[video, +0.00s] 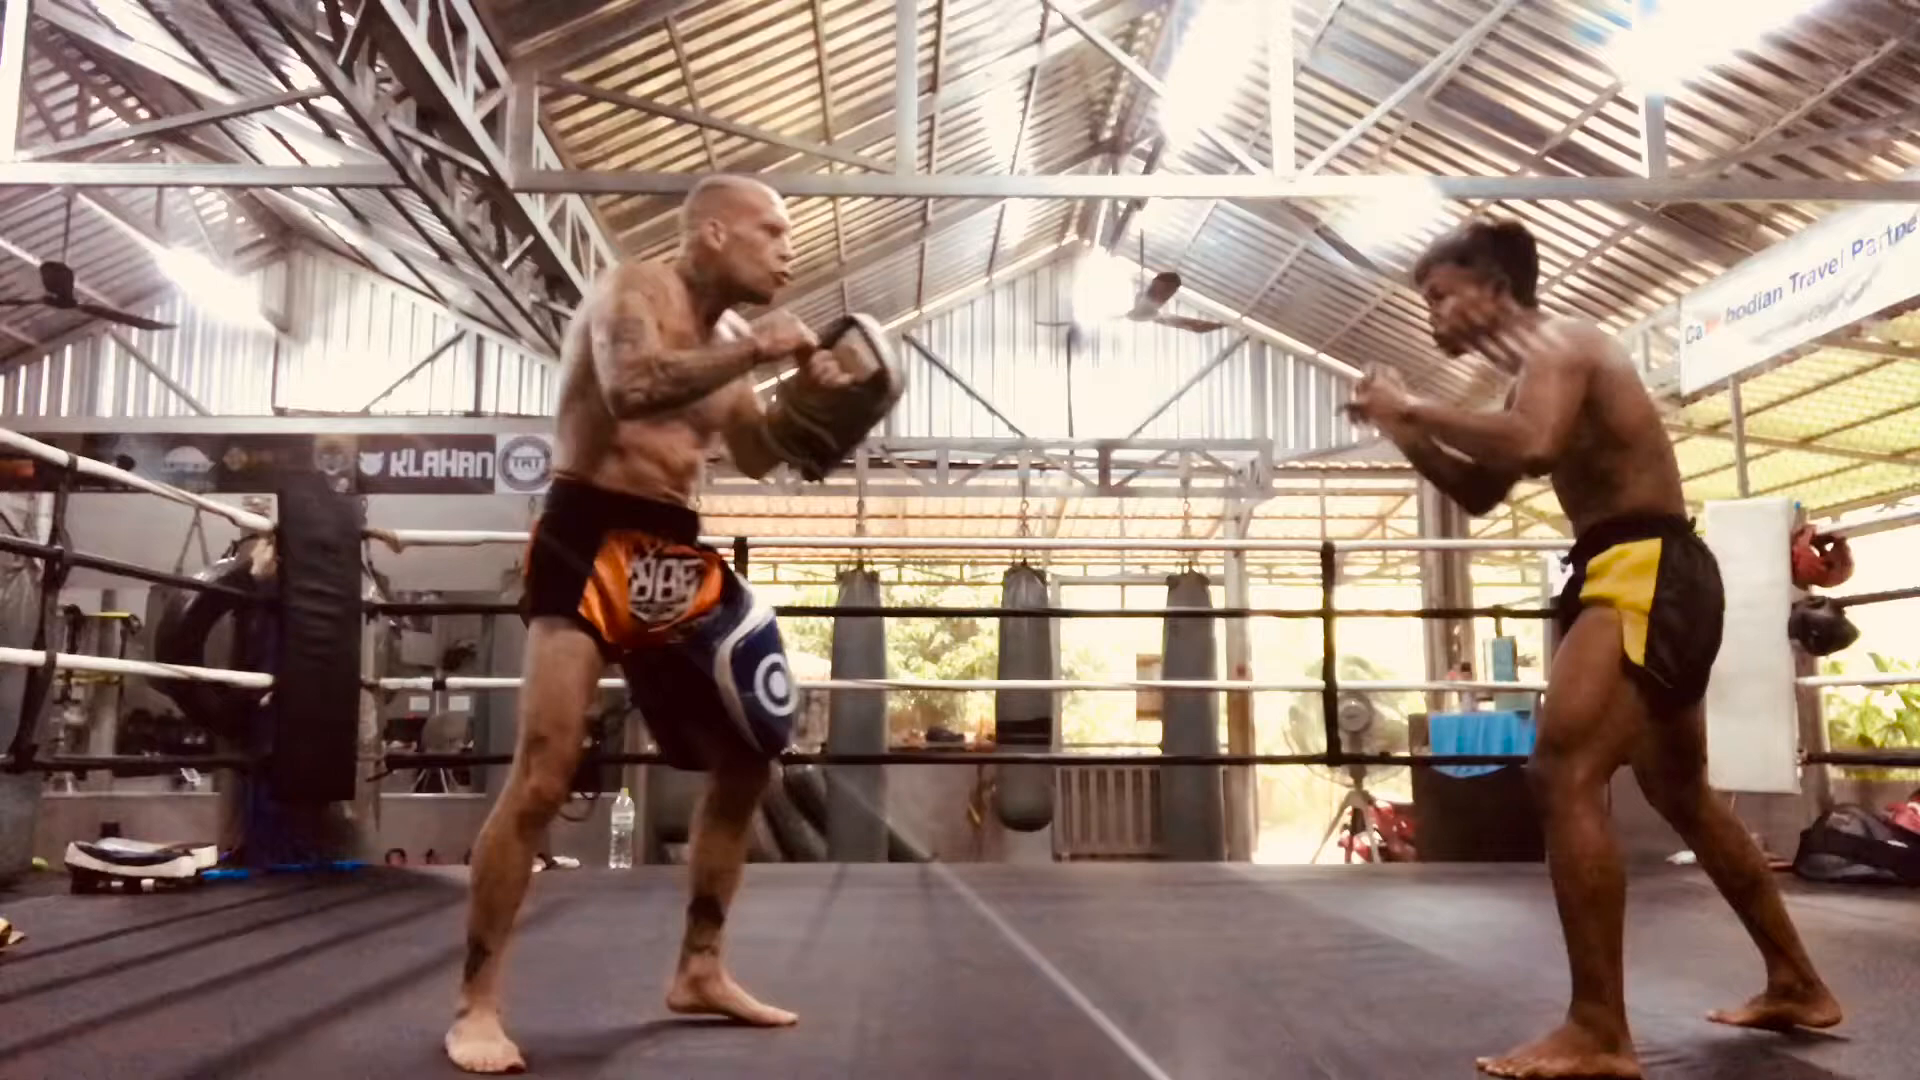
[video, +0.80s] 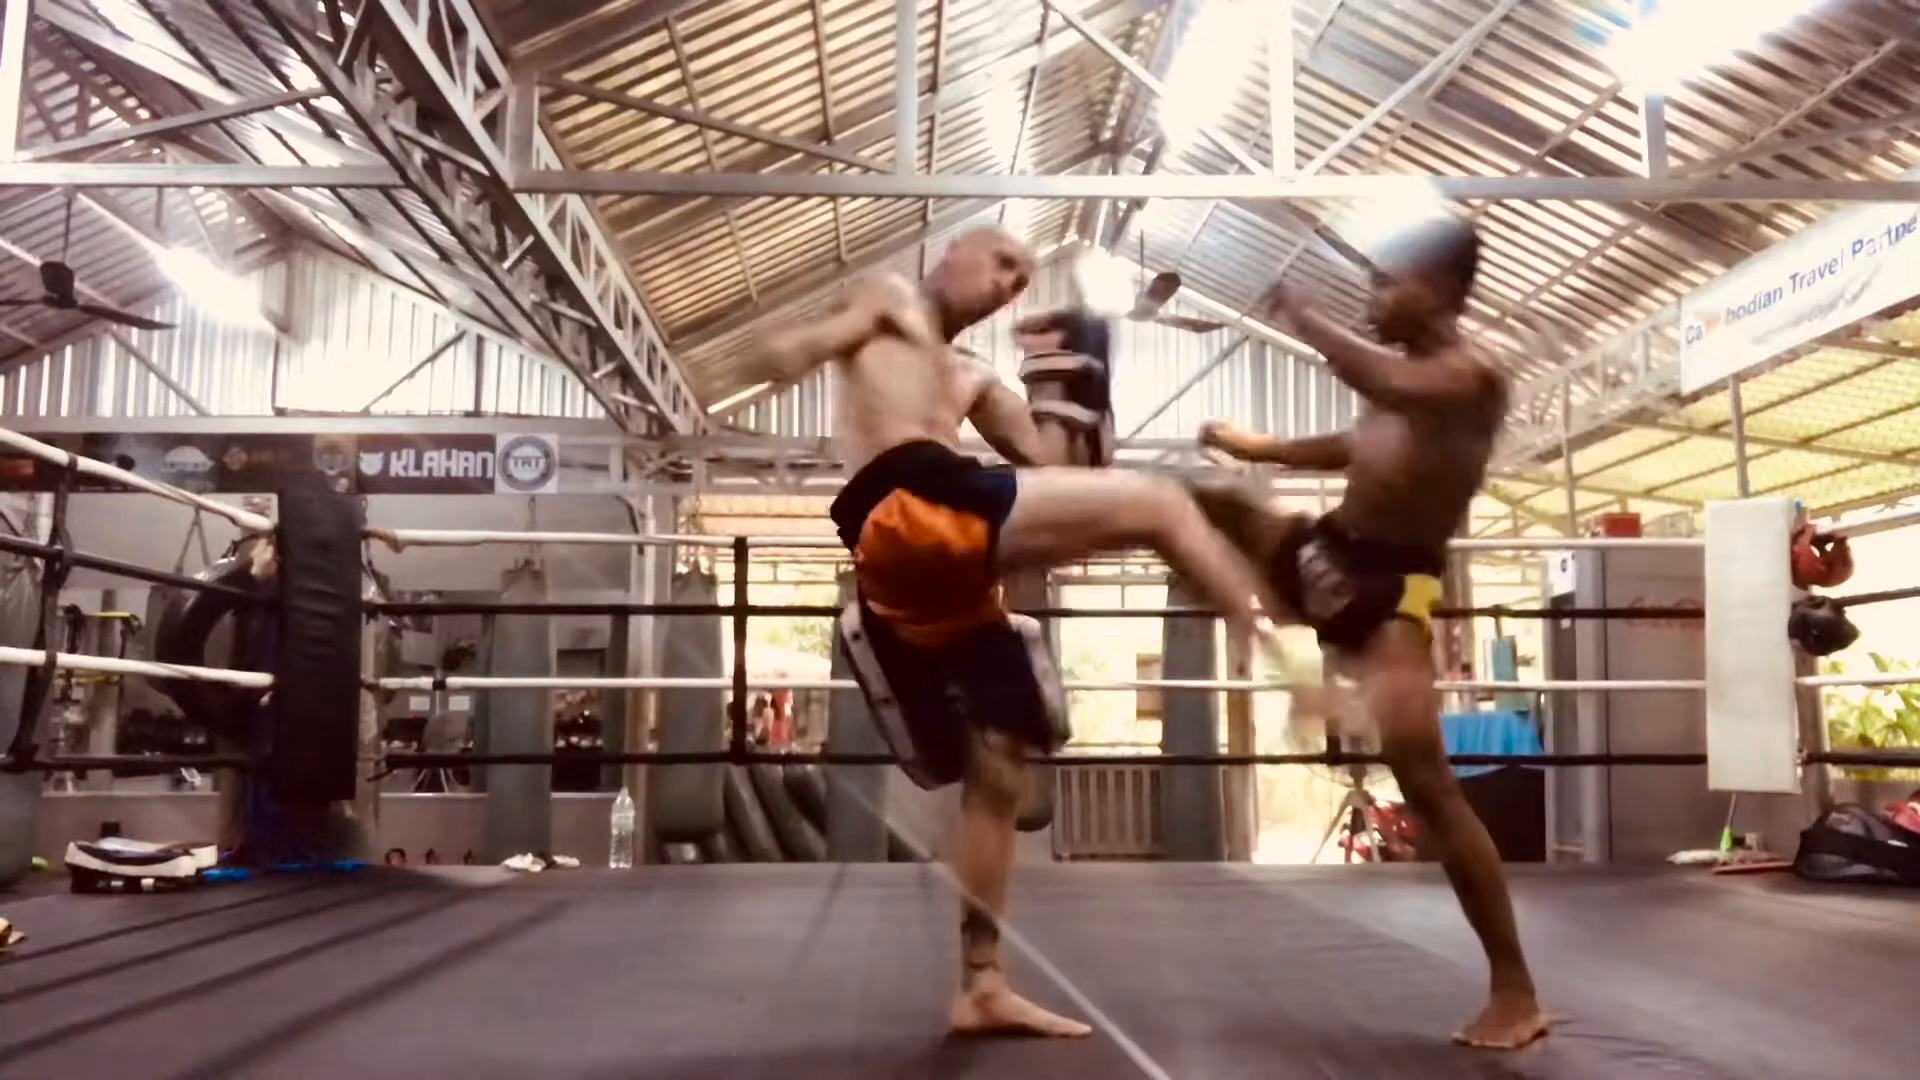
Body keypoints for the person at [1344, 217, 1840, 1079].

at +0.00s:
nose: (1429, 315)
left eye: (1438, 296)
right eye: (1427, 299)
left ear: (1489, 287)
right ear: (1492, 296)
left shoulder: (1559, 342)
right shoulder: (1541, 368)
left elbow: (1532, 440)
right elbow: (1476, 495)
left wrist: (1408, 411)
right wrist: (1404, 434)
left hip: (1637, 567)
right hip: (1662, 568)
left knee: (1567, 774)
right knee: (1683, 793)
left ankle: (1597, 1029)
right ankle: (1798, 985)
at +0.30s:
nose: (1421, 305)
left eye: (1432, 286)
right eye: (1419, 290)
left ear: (1482, 283)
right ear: (1489, 290)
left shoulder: (1531, 354)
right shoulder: (1521, 361)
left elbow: (1533, 446)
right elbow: (1451, 425)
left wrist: (1465, 472)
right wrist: (1396, 446)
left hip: (1588, 574)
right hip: (1608, 574)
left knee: (1469, 747)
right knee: (1671, 791)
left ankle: (1523, 977)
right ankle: (1790, 988)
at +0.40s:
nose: (1424, 281)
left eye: (1437, 265)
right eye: (1426, 267)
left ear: (1488, 272)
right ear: (1485, 277)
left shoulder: (1541, 350)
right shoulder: (1469, 366)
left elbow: (1658, 426)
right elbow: (1375, 387)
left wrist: (1698, 530)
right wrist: (1429, 313)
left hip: (1514, 587)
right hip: (1483, 587)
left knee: (1432, 794)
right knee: (1528, 797)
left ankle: (1529, 1000)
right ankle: (1692, 962)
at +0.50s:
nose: (1434, 266)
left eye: (1447, 250)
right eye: (1437, 251)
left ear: (1496, 256)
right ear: (1489, 260)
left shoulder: (1574, 334)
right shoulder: (1452, 351)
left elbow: (1709, 381)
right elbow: (1355, 384)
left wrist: (1802, 457)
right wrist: (1317, 322)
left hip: (1474, 572)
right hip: (1430, 568)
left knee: (1447, 797)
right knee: (1320, 678)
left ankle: (1532, 999)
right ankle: (1404, 801)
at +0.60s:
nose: (1440, 276)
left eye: (1453, 260)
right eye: (1442, 261)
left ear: (1503, 263)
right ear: (1496, 267)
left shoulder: (1585, 346)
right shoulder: (1440, 359)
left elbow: (1690, 402)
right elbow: (1344, 425)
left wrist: (1641, 359)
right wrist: (1230, 434)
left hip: (1438, 583)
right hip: (1372, 528)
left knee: (1448, 794)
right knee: (1197, 499)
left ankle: (1522, 996)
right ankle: (1189, 612)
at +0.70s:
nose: (1408, 289)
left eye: (1424, 277)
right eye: (1413, 275)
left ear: (1468, 283)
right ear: (1448, 279)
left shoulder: (1534, 359)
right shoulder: (1421, 362)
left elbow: (1535, 398)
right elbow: (1372, 439)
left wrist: (1456, 344)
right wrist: (1261, 464)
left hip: (1413, 568)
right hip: (1344, 517)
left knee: (1429, 785)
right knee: (1190, 461)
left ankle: (1509, 994)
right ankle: (1048, 437)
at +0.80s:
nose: (1374, 295)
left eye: (1390, 281)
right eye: (1375, 280)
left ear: (1440, 290)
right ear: (1415, 290)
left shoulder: (1474, 373)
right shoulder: (1399, 370)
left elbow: (1391, 384)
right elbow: (1359, 450)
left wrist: (1295, 315)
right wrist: (1267, 451)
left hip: (1390, 591)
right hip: (1321, 552)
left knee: (1425, 784)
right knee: (1199, 499)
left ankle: (1515, 995)